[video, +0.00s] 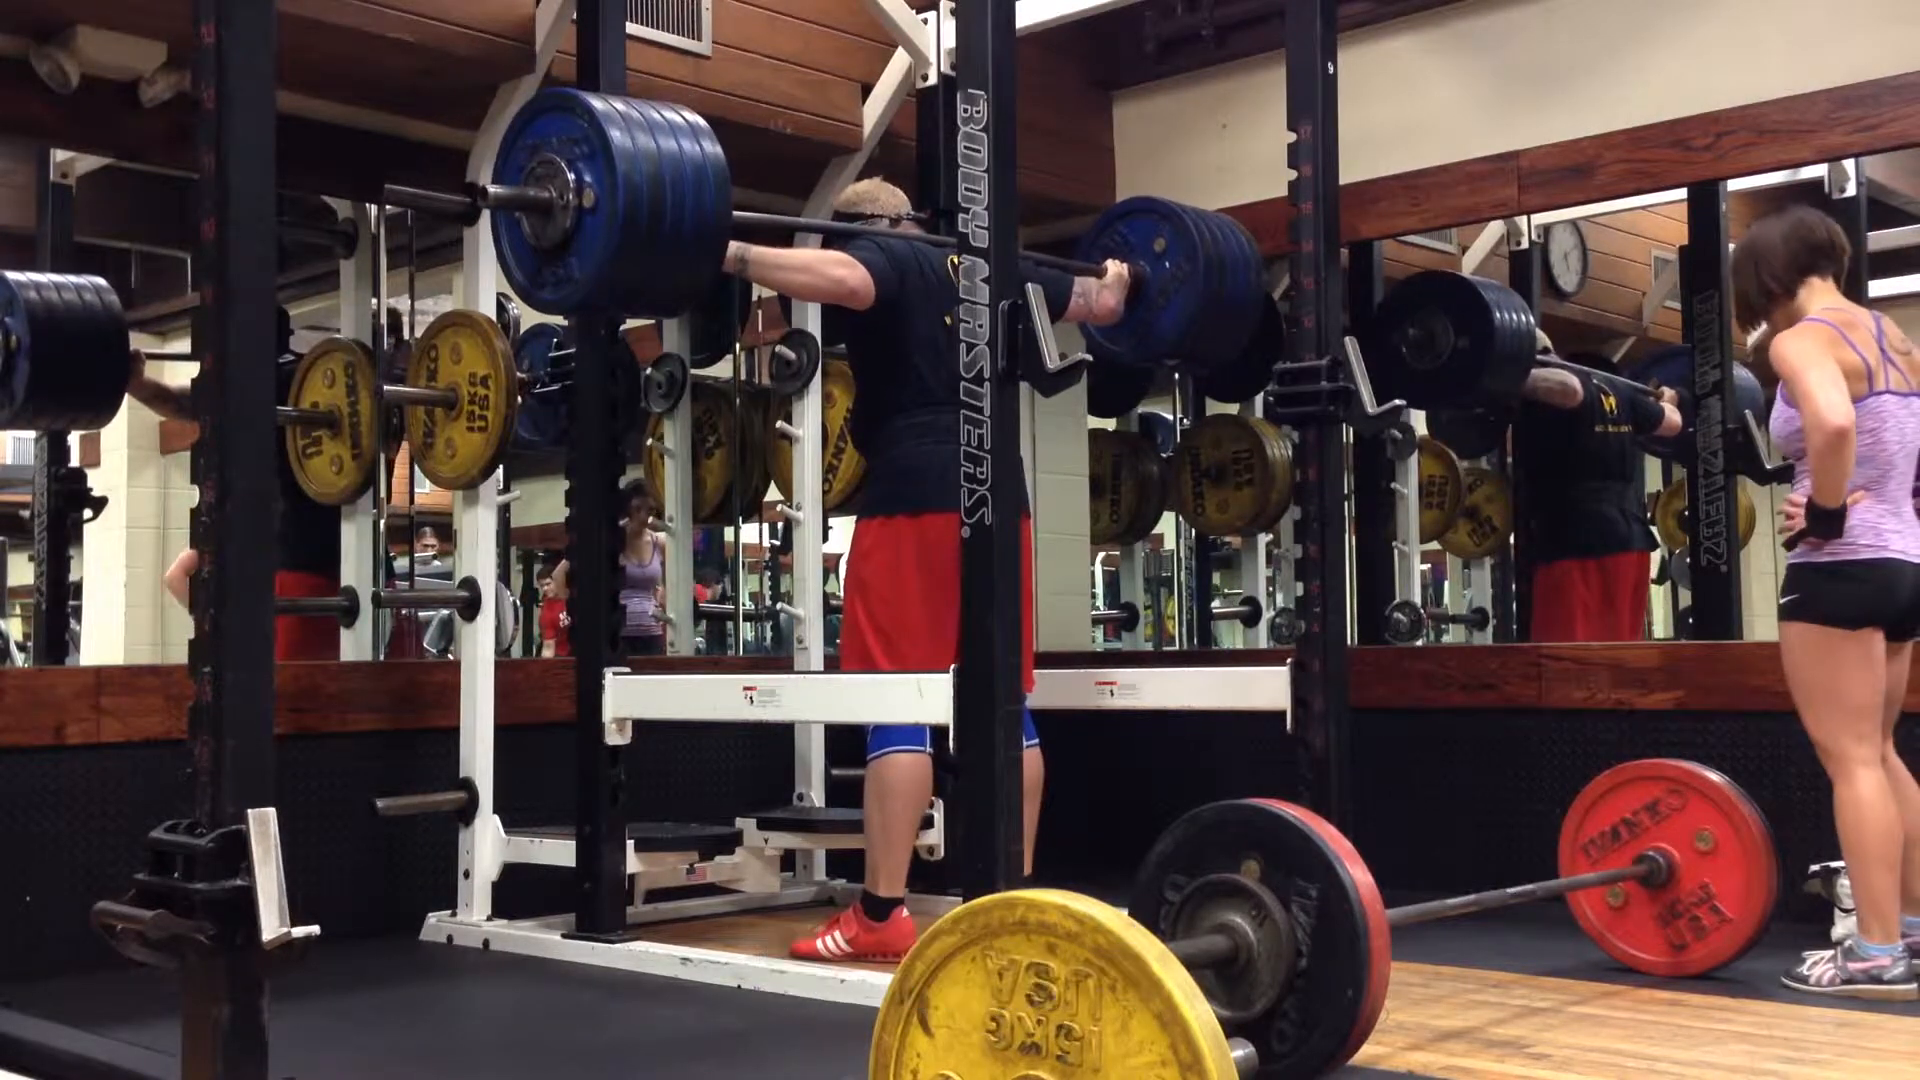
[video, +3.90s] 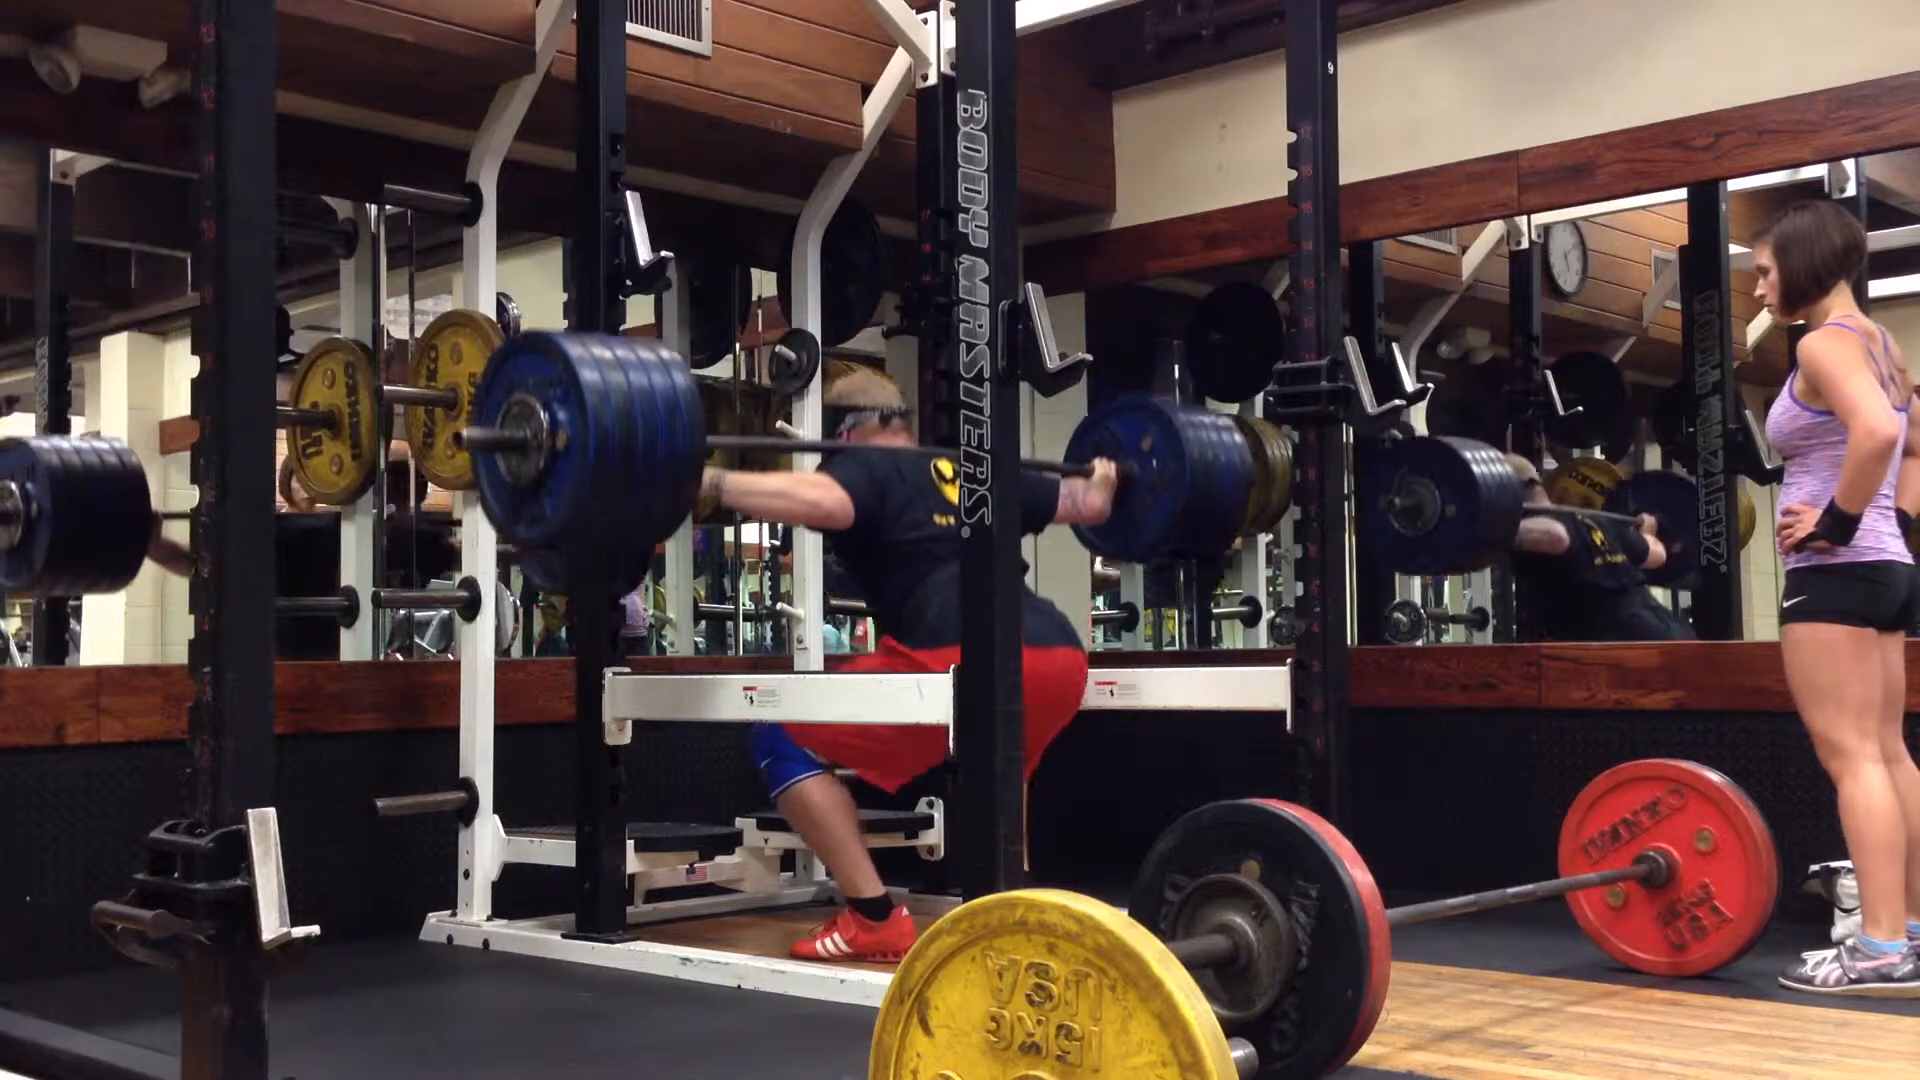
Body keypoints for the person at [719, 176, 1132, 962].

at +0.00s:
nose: (834, 259)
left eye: (833, 244)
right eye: (835, 245)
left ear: (854, 232)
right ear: (907, 216)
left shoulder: (884, 249)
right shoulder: (982, 263)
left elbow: (849, 284)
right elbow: (1096, 300)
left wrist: (735, 254)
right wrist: (1117, 271)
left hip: (915, 502)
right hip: (1002, 502)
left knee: (897, 707)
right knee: (1007, 709)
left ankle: (882, 910)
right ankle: (1010, 903)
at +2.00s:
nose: (832, 248)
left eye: (834, 237)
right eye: (831, 237)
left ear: (854, 228)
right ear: (902, 220)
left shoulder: (872, 249)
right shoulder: (987, 267)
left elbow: (831, 273)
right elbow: (1093, 304)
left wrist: (719, 245)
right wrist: (1117, 279)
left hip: (912, 502)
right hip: (1002, 507)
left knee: (884, 707)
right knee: (1000, 712)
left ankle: (880, 910)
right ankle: (1011, 900)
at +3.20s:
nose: (844, 337)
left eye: (847, 325)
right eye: (845, 328)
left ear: (874, 315)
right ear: (910, 310)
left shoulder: (876, 347)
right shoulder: (985, 363)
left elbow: (831, 376)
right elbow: (1098, 395)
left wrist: (709, 351)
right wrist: (1115, 369)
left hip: (959, 563)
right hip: (1058, 564)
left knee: (823, 711)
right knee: (1003, 725)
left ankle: (874, 912)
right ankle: (1013, 901)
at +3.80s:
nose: (834, 431)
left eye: (835, 421)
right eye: (833, 423)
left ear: (846, 416)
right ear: (906, 410)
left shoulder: (865, 448)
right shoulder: (973, 454)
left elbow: (827, 486)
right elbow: (1087, 488)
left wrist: (712, 463)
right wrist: (1106, 459)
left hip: (953, 645)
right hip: (1058, 643)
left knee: (785, 737)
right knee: (1005, 763)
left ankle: (872, 913)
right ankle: (1011, 902)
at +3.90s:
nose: (838, 450)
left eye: (841, 438)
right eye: (837, 440)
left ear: (862, 427)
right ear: (904, 426)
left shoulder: (863, 466)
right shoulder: (975, 470)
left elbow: (826, 503)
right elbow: (1085, 502)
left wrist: (707, 483)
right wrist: (1105, 477)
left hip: (952, 660)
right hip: (1057, 659)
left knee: (779, 738)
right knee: (1003, 776)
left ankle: (872, 913)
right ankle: (1010, 910)